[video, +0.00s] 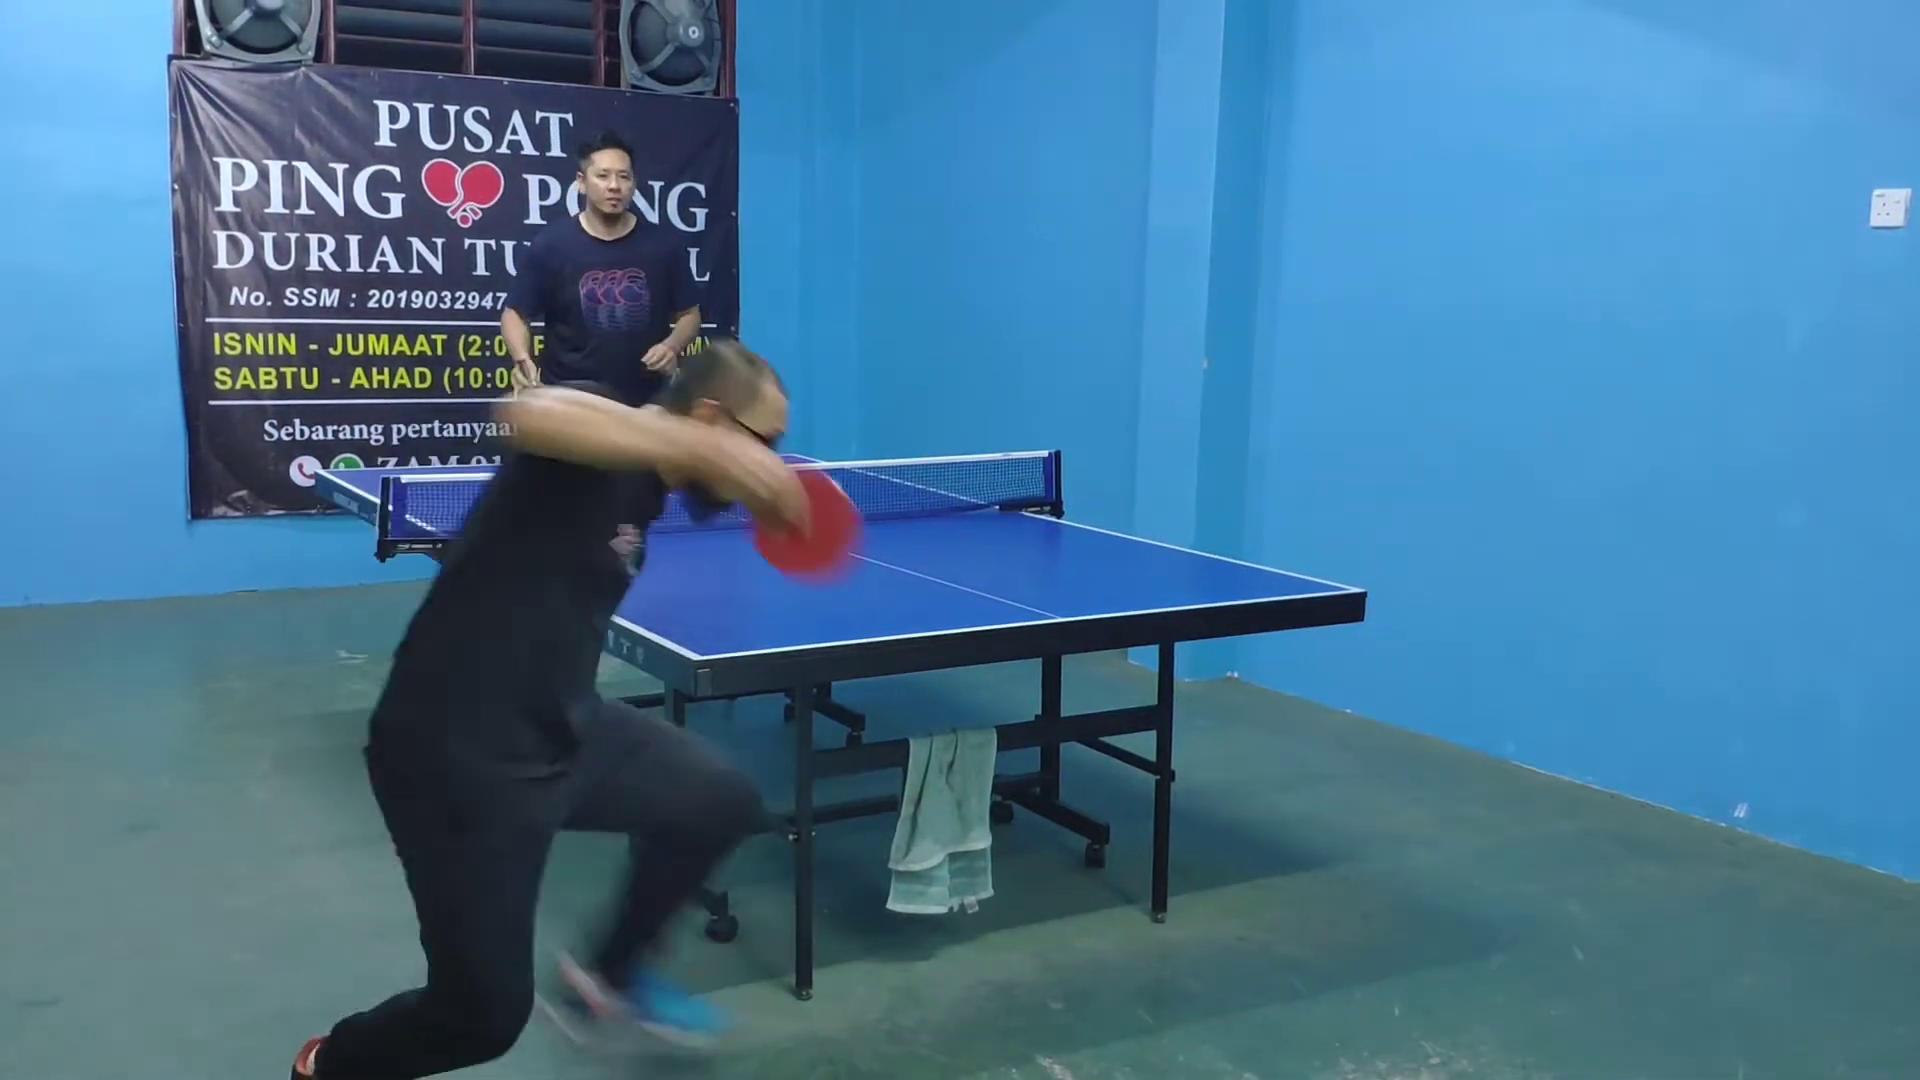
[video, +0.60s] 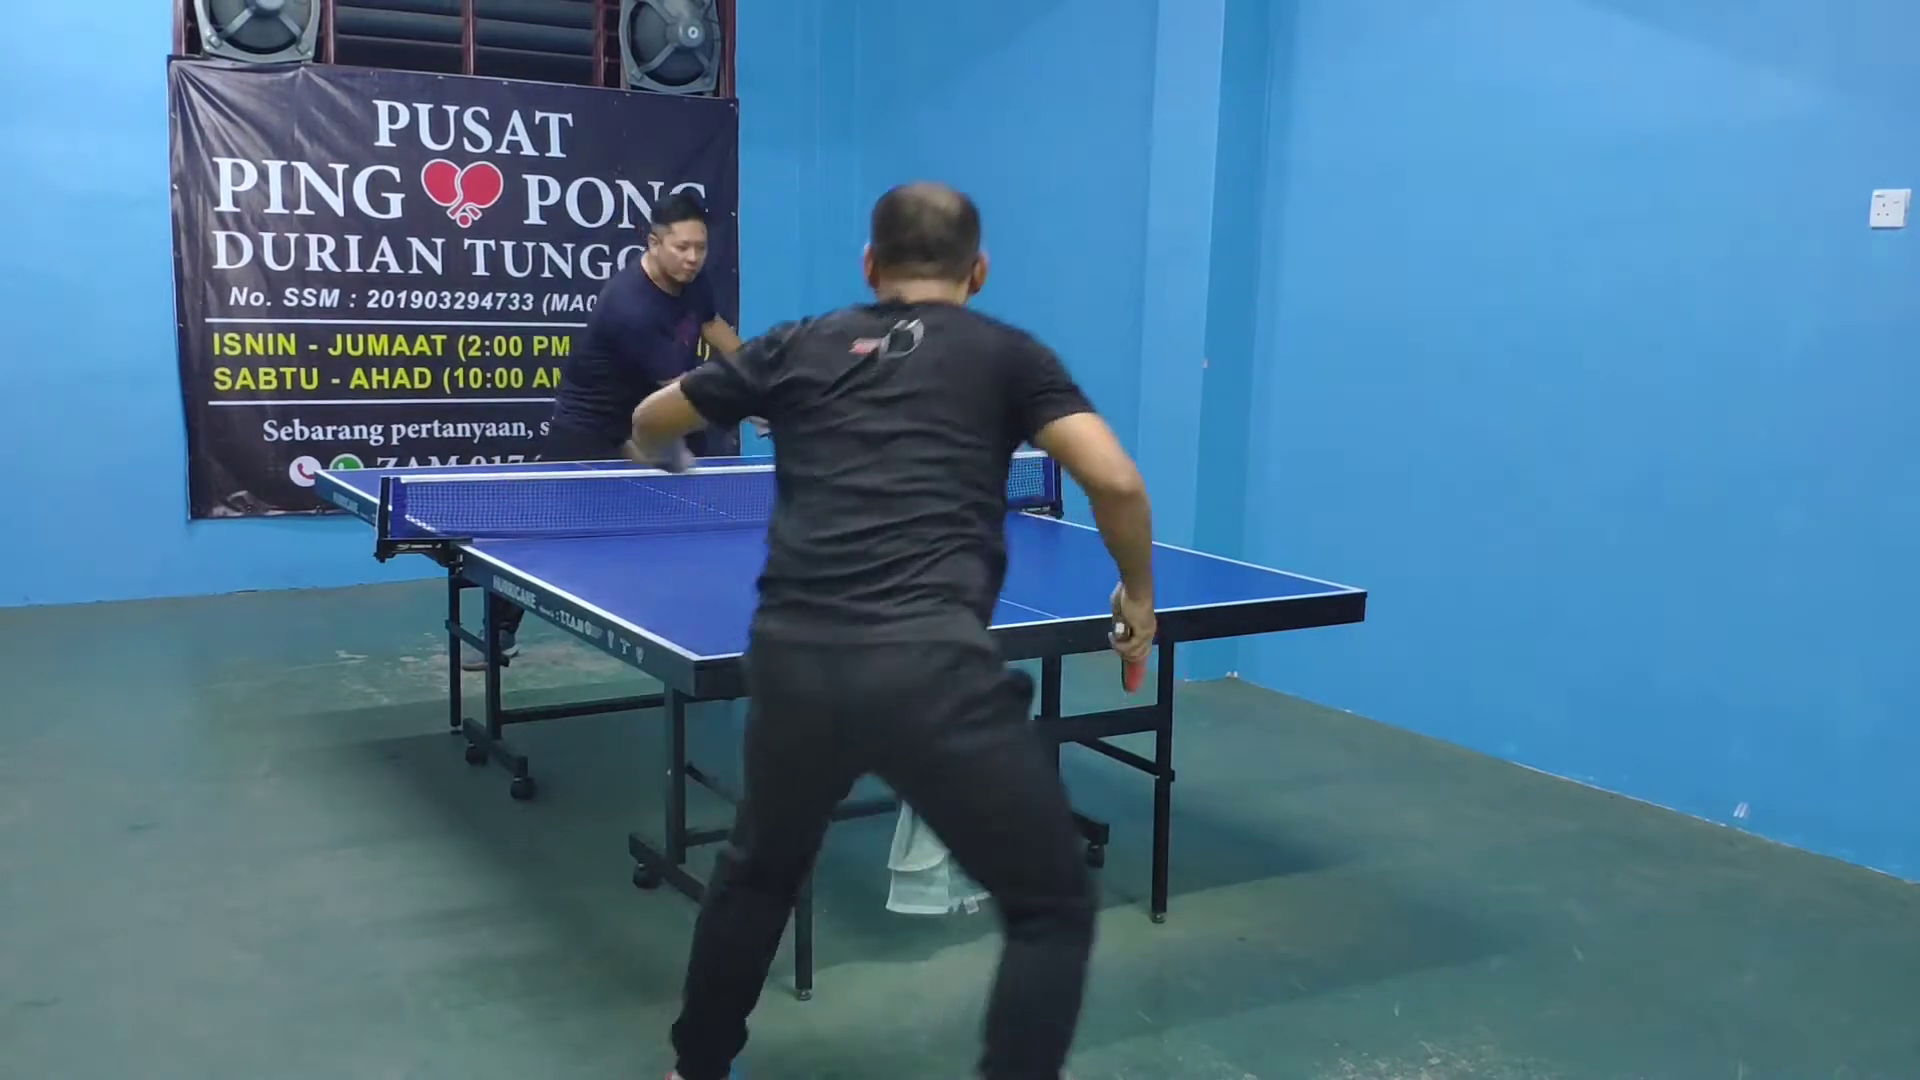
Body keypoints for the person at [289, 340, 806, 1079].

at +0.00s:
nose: (760, 465)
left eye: (768, 445)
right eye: (757, 440)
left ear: (712, 422)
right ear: (705, 418)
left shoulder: (645, 472)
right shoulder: (604, 431)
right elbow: (518, 416)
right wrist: (703, 448)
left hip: (559, 726)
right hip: (456, 750)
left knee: (721, 803)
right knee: (481, 1016)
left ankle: (611, 972)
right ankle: (328, 1062)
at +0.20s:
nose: (831, 443)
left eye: (829, 434)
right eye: (826, 430)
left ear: (736, 404)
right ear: (803, 417)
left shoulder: (667, 460)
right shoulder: (768, 441)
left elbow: (587, 498)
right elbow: (869, 482)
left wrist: (538, 491)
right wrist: (1008, 536)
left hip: (656, 734)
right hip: (588, 740)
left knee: (767, 855)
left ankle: (676, 1042)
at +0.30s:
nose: (871, 421)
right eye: (870, 411)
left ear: (766, 393)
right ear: (859, 405)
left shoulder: (695, 450)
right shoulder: (828, 436)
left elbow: (611, 483)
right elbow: (924, 486)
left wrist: (538, 479)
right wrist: (1060, 546)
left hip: (601, 720)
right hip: (682, 731)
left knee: (743, 898)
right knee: (803, 969)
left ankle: (693, 1041)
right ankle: (654, 1068)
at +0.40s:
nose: (915, 380)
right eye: (915, 366)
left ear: (806, 357)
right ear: (906, 370)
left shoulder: (742, 427)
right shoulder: (892, 421)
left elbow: (637, 466)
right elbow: (1004, 500)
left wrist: (556, 471)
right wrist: (1113, 575)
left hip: (658, 717)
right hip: (767, 726)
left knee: (774, 864)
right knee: (916, 932)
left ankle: (678, 1039)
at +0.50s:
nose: (952, 329)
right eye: (952, 320)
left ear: (842, 318)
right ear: (944, 326)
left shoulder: (779, 388)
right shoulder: (954, 391)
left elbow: (646, 439)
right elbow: (1082, 496)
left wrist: (596, 449)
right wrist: (1131, 607)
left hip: (737, 699)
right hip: (864, 708)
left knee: (770, 857)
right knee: (986, 951)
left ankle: (691, 1047)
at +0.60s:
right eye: (982, 265)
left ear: (869, 266)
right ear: (975, 270)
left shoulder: (799, 347)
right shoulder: (1006, 351)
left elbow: (655, 419)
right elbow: (1117, 482)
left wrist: (661, 445)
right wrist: (1137, 595)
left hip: (793, 674)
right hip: (933, 679)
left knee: (758, 869)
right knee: (1050, 906)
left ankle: (699, 1064)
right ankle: (1014, 1073)